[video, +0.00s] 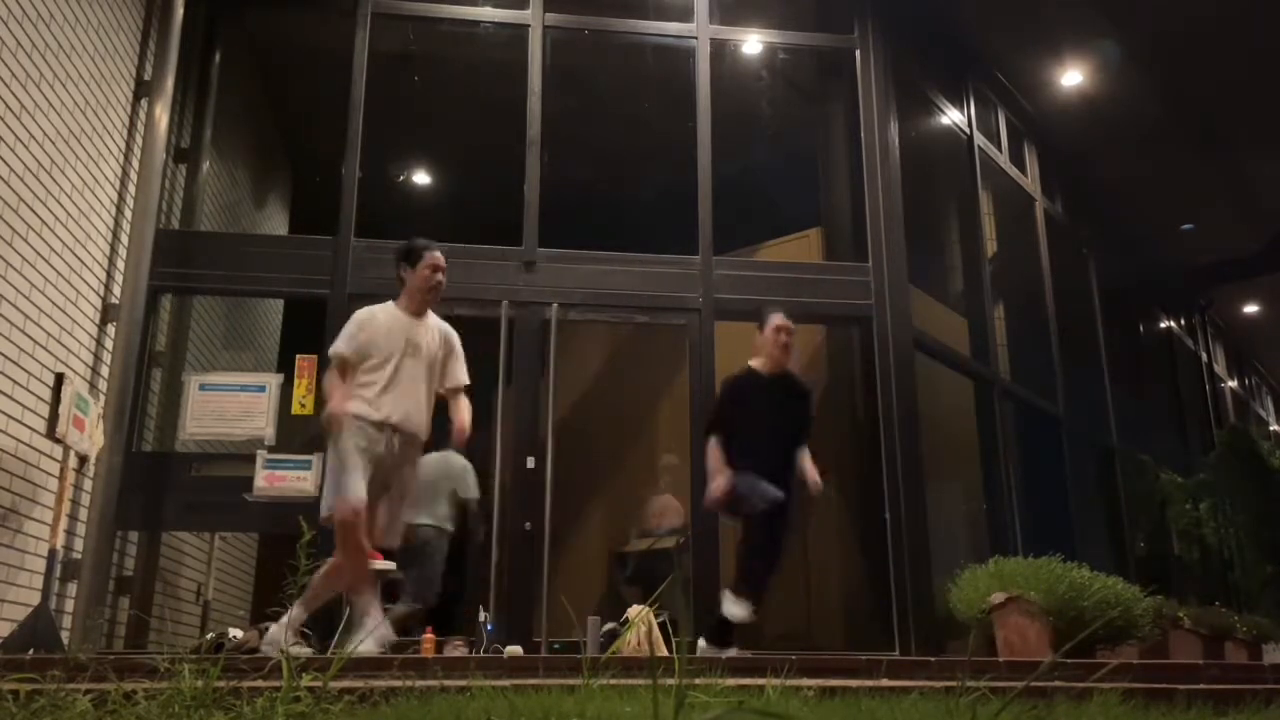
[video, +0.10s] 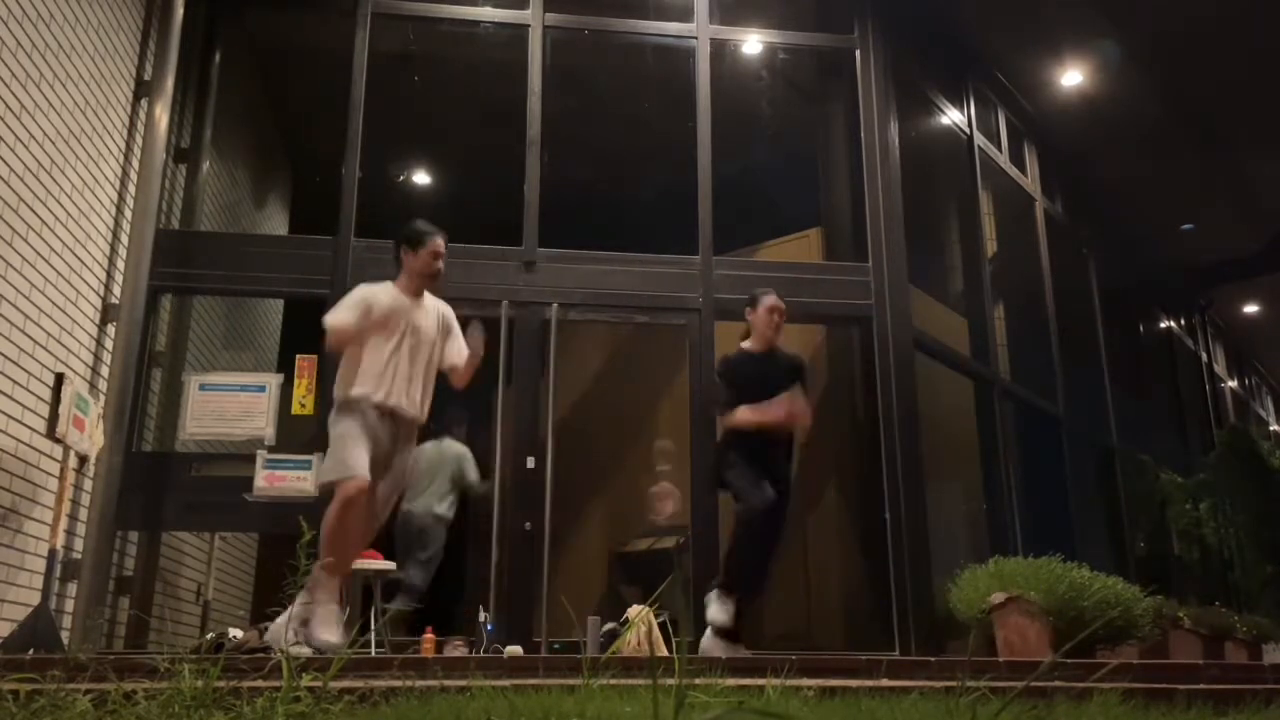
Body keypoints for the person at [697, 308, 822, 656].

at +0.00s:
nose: (785, 339)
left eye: (789, 333)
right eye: (777, 331)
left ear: (794, 340)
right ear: (760, 336)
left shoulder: (798, 390)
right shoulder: (738, 384)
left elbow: (799, 441)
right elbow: (714, 434)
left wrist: (810, 471)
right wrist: (718, 473)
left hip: (781, 482)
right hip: (741, 477)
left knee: (762, 555)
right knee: (766, 508)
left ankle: (719, 640)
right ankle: (742, 591)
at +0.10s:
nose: (779, 319)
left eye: (782, 314)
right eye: (772, 312)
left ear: (785, 320)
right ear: (750, 315)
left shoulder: (791, 365)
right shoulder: (730, 365)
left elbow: (801, 416)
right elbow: (727, 416)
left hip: (776, 463)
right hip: (737, 458)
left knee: (761, 547)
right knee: (760, 503)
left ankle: (722, 635)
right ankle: (725, 591)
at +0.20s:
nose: (777, 319)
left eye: (780, 313)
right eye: (770, 311)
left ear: (782, 319)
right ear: (749, 314)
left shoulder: (783, 359)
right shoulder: (731, 357)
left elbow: (811, 408)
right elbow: (747, 401)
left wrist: (802, 368)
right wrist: (786, 365)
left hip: (772, 458)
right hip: (735, 457)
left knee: (780, 535)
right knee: (739, 531)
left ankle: (740, 603)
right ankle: (702, 614)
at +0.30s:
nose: (782, 341)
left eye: (785, 334)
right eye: (776, 333)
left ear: (785, 340)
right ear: (753, 333)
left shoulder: (780, 380)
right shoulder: (735, 377)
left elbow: (811, 425)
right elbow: (767, 405)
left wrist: (807, 383)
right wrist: (793, 371)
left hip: (769, 474)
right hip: (734, 474)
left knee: (816, 530)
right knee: (732, 555)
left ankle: (764, 579)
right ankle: (701, 638)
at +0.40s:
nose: (802, 355)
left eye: (804, 350)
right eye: (795, 346)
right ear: (772, 347)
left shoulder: (791, 395)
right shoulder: (749, 388)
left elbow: (803, 451)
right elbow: (769, 422)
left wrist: (814, 423)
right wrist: (807, 408)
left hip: (776, 491)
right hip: (742, 492)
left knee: (837, 529)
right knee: (748, 565)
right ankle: (701, 637)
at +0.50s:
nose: (834, 366)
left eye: (835, 360)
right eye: (827, 358)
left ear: (810, 363)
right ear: (802, 358)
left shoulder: (807, 407)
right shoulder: (779, 398)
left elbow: (798, 453)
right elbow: (785, 447)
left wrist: (835, 467)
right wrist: (824, 466)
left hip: (792, 504)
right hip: (761, 505)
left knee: (855, 552)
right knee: (751, 577)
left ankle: (891, 632)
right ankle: (699, 641)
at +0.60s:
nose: (871, 380)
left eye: (873, 373)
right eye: (865, 371)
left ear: (859, 377)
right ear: (841, 371)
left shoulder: (849, 417)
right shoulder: (820, 407)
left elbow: (819, 465)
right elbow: (795, 455)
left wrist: (835, 505)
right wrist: (804, 510)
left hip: (821, 508)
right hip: (785, 506)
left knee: (873, 568)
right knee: (764, 580)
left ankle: (918, 636)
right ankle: (701, 639)